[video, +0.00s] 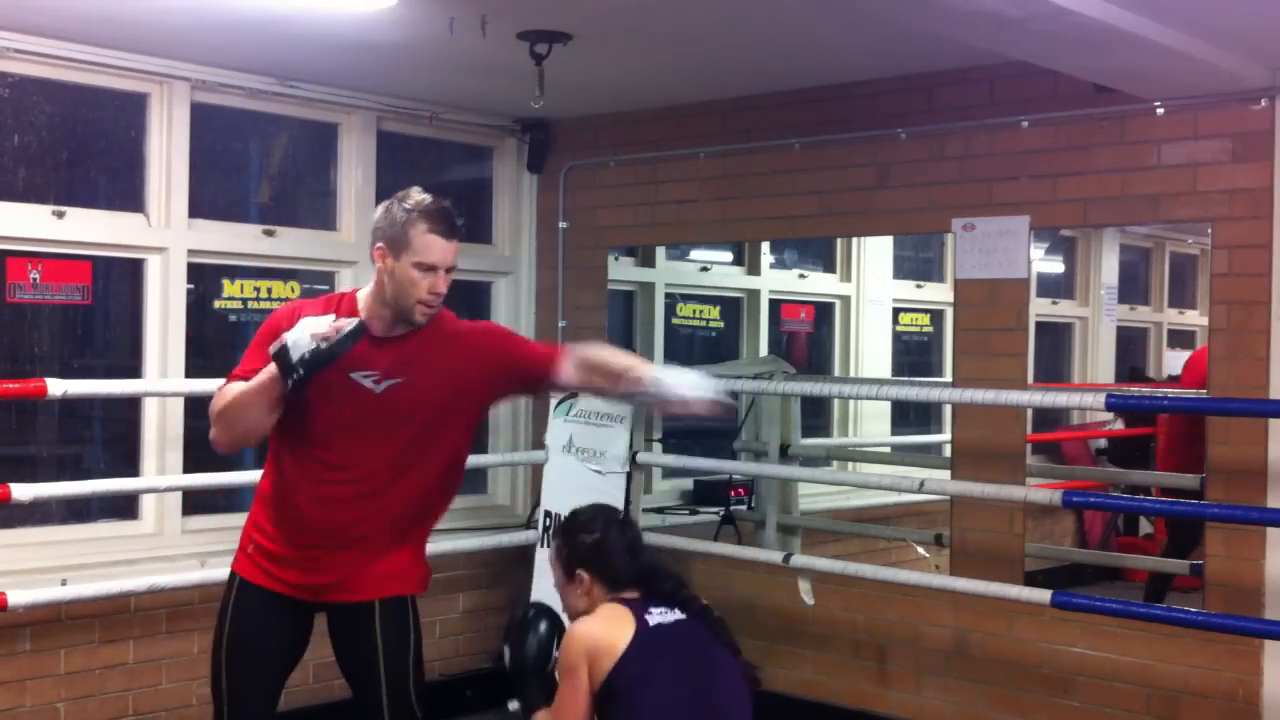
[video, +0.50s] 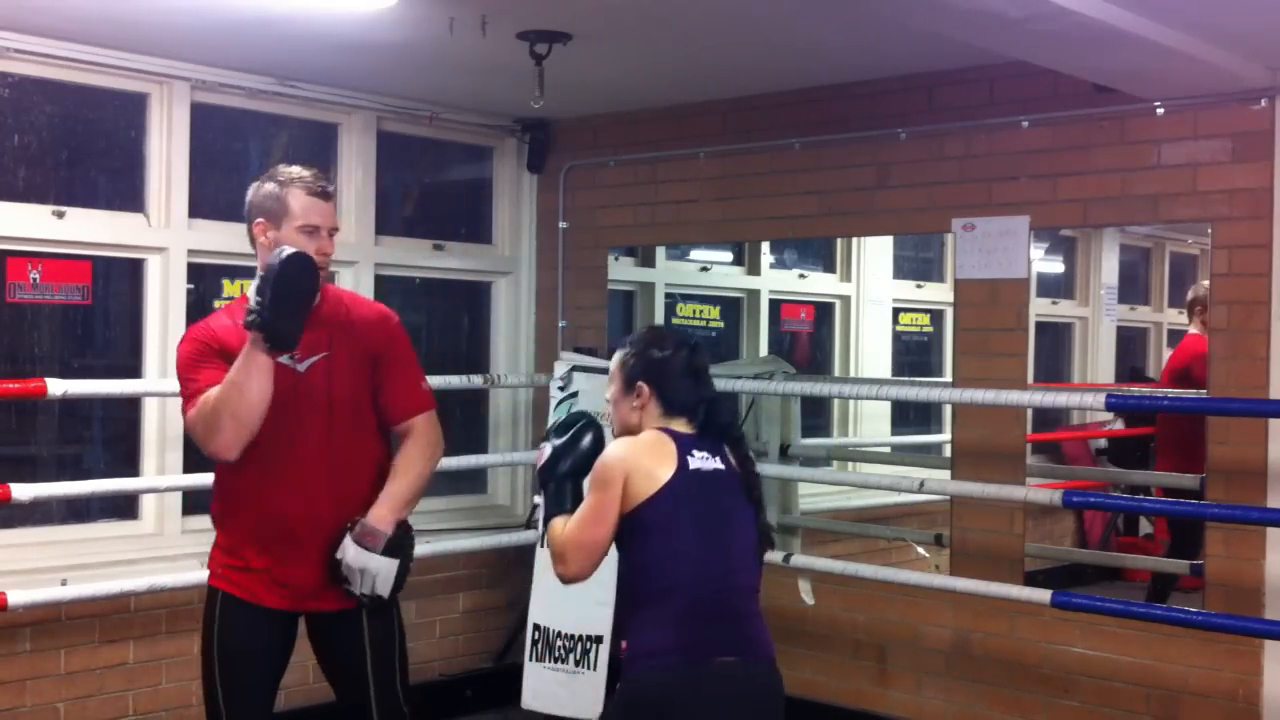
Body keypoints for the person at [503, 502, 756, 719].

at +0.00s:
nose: (559, 592)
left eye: (559, 581)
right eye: (556, 581)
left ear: (583, 583)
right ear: (631, 567)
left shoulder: (586, 634)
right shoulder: (689, 606)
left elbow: (566, 715)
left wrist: (532, 690)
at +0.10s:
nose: (567, 549)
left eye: (570, 536)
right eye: (566, 536)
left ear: (598, 537)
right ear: (644, 529)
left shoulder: (594, 594)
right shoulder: (696, 580)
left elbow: (555, 707)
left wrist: (531, 639)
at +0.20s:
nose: (581, 488)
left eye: (585, 475)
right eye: (581, 474)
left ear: (610, 477)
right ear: (657, 474)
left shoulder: (598, 534)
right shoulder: (706, 532)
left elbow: (554, 647)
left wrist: (537, 572)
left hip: (649, 709)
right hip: (734, 709)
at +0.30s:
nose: (591, 440)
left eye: (596, 425)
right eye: (592, 425)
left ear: (623, 432)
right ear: (672, 430)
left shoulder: (608, 490)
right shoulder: (714, 486)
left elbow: (558, 600)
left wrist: (542, 524)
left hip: (654, 698)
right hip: (741, 698)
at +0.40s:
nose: (604, 418)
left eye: (607, 406)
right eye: (604, 406)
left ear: (635, 408)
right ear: (684, 408)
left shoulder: (619, 466)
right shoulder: (726, 466)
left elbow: (565, 575)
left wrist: (550, 500)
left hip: (659, 687)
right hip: (748, 687)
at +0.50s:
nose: (608, 409)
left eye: (612, 397)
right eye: (608, 398)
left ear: (641, 396)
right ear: (690, 396)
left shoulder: (625, 454)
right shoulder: (730, 456)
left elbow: (570, 564)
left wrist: (555, 487)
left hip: (662, 681)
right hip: (750, 681)